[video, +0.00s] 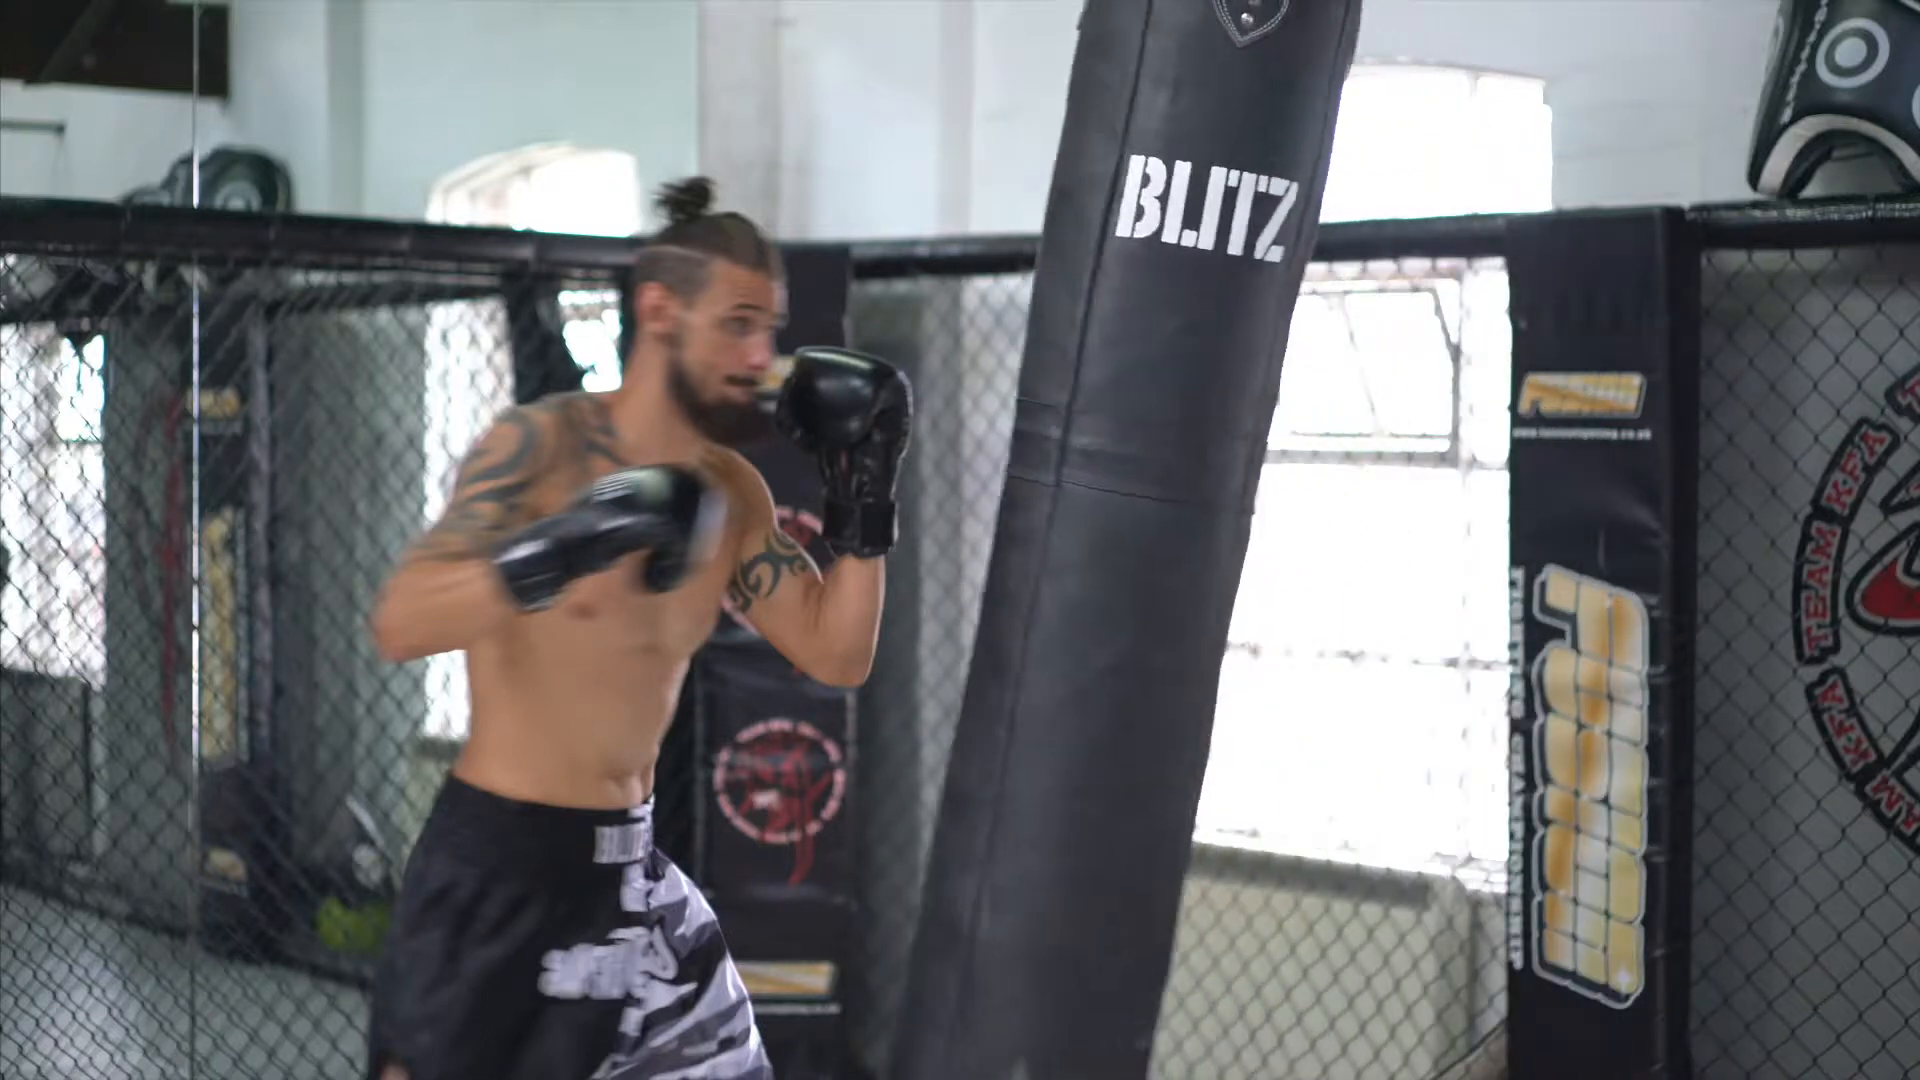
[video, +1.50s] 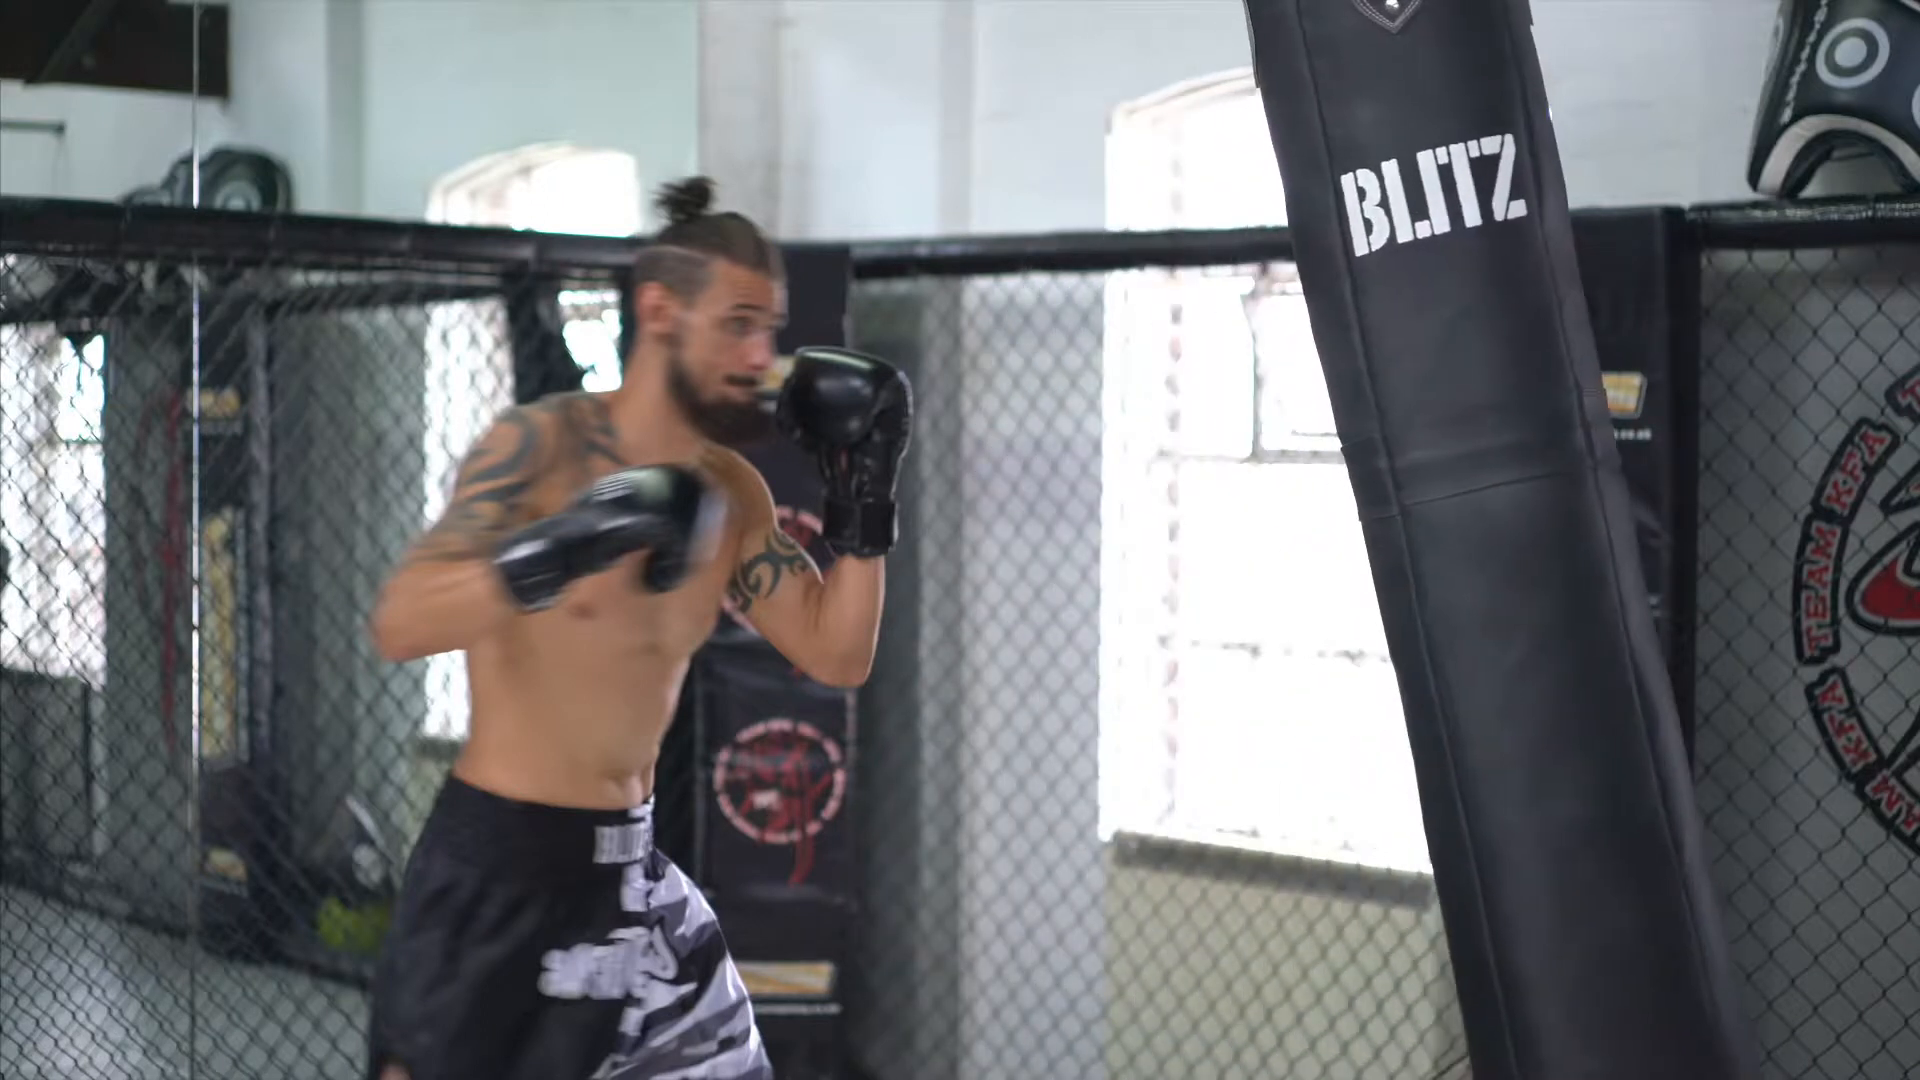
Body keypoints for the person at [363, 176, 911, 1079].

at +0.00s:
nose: (761, 358)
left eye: (772, 331)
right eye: (738, 326)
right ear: (656, 310)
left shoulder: (733, 492)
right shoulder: (539, 440)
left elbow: (839, 655)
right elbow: (401, 623)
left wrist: (865, 483)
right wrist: (569, 547)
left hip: (635, 867)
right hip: (499, 865)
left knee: (731, 1066)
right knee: (441, 1065)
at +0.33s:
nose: (762, 358)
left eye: (772, 331)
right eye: (739, 326)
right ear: (656, 310)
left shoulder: (733, 492)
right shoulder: (539, 440)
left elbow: (839, 655)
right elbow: (401, 623)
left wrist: (866, 480)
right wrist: (569, 547)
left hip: (635, 867)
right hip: (499, 864)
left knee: (732, 1067)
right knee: (440, 1065)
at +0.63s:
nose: (762, 357)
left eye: (772, 331)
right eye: (740, 325)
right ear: (656, 309)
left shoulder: (733, 492)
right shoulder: (538, 440)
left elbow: (839, 655)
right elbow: (400, 623)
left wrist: (865, 481)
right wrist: (568, 547)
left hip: (636, 867)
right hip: (500, 865)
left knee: (732, 1066)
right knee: (443, 1065)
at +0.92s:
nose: (762, 358)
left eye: (772, 331)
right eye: (739, 325)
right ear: (656, 309)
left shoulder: (733, 492)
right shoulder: (537, 441)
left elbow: (839, 655)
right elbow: (400, 623)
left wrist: (865, 480)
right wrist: (568, 547)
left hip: (636, 866)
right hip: (500, 865)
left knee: (732, 1066)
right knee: (441, 1065)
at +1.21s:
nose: (763, 357)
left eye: (772, 331)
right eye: (740, 325)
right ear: (656, 309)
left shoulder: (733, 492)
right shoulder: (538, 440)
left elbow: (839, 655)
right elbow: (400, 623)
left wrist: (865, 481)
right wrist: (568, 547)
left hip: (636, 868)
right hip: (500, 866)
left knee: (732, 1066)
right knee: (442, 1065)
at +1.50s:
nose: (763, 357)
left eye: (772, 331)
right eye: (740, 325)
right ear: (656, 309)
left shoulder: (733, 492)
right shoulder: (538, 440)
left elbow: (839, 655)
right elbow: (400, 623)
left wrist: (865, 481)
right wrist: (567, 547)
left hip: (636, 867)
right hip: (500, 866)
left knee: (732, 1066)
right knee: (442, 1065)